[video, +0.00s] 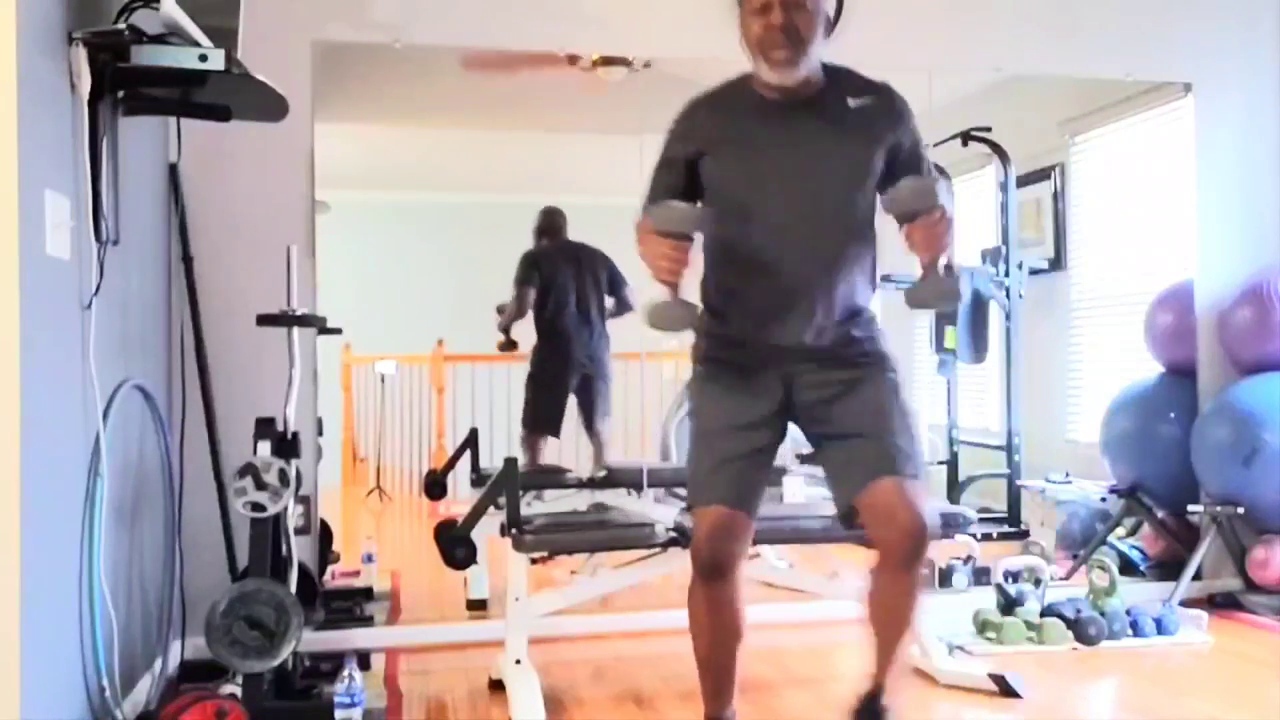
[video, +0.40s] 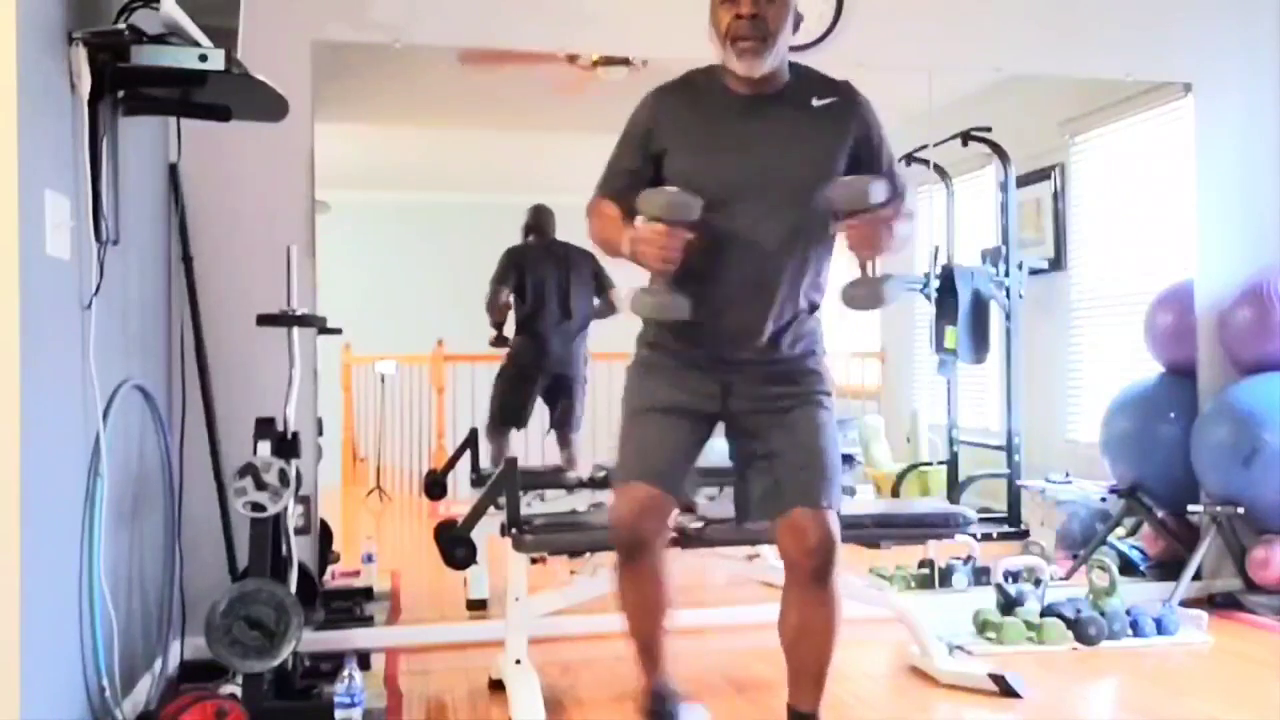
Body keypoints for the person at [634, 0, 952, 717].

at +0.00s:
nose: (777, 22)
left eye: (795, 6)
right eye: (760, 7)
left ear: (828, 14)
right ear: (740, 18)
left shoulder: (878, 111)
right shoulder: (704, 119)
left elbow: (920, 209)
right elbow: (657, 223)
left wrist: (931, 231)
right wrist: (659, 250)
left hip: (846, 356)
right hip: (735, 360)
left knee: (906, 529)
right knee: (713, 546)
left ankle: (878, 696)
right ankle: (718, 714)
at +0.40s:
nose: (745, 18)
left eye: (762, 3)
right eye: (730, 4)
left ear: (791, 14)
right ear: (712, 15)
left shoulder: (842, 110)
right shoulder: (667, 107)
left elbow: (891, 212)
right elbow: (603, 212)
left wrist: (875, 232)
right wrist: (632, 240)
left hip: (787, 364)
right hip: (676, 358)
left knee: (812, 544)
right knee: (632, 522)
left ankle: (803, 715)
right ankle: (656, 692)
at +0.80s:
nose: (649, 136)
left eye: (665, 122)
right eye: (634, 121)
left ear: (691, 135)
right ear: (612, 134)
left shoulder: (740, 218)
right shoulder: (570, 224)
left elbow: (792, 342)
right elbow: (516, 347)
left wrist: (765, 335)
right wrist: (583, 341)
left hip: (719, 437)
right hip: (602, 439)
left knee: (831, 569)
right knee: (521, 591)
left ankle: (805, 715)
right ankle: (514, 717)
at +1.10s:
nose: (595, 19)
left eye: (613, 5)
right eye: (579, 5)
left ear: (644, 13)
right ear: (560, 14)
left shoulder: (692, 102)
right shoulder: (522, 101)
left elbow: (740, 191)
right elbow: (456, 184)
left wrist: (768, 223)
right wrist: (444, 230)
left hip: (650, 365)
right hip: (537, 365)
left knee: (698, 551)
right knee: (512, 557)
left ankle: (681, 712)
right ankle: (510, 717)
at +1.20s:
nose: (583, 18)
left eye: (603, 5)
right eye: (568, 4)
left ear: (636, 14)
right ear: (549, 15)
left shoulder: (688, 100)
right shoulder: (514, 104)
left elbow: (743, 178)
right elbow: (450, 183)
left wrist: (764, 218)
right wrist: (441, 227)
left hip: (645, 373)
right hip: (533, 367)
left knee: (669, 570)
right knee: (510, 561)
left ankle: (674, 715)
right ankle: (509, 718)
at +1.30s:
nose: (575, 12)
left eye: (594, 0)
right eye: (562, 1)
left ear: (630, 8)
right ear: (544, 10)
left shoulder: (684, 92)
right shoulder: (506, 96)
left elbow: (737, 183)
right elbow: (447, 178)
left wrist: (746, 220)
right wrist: (445, 212)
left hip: (652, 363)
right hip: (536, 366)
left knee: (707, 540)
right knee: (515, 553)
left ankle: (703, 704)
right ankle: (509, 716)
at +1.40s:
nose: (577, 22)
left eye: (595, 8)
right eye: (562, 8)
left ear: (628, 15)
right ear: (544, 17)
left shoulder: (683, 110)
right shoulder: (507, 113)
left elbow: (737, 197)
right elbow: (442, 211)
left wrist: (730, 233)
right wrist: (469, 243)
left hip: (660, 370)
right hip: (543, 376)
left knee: (740, 543)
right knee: (510, 561)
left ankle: (770, 703)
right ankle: (510, 716)